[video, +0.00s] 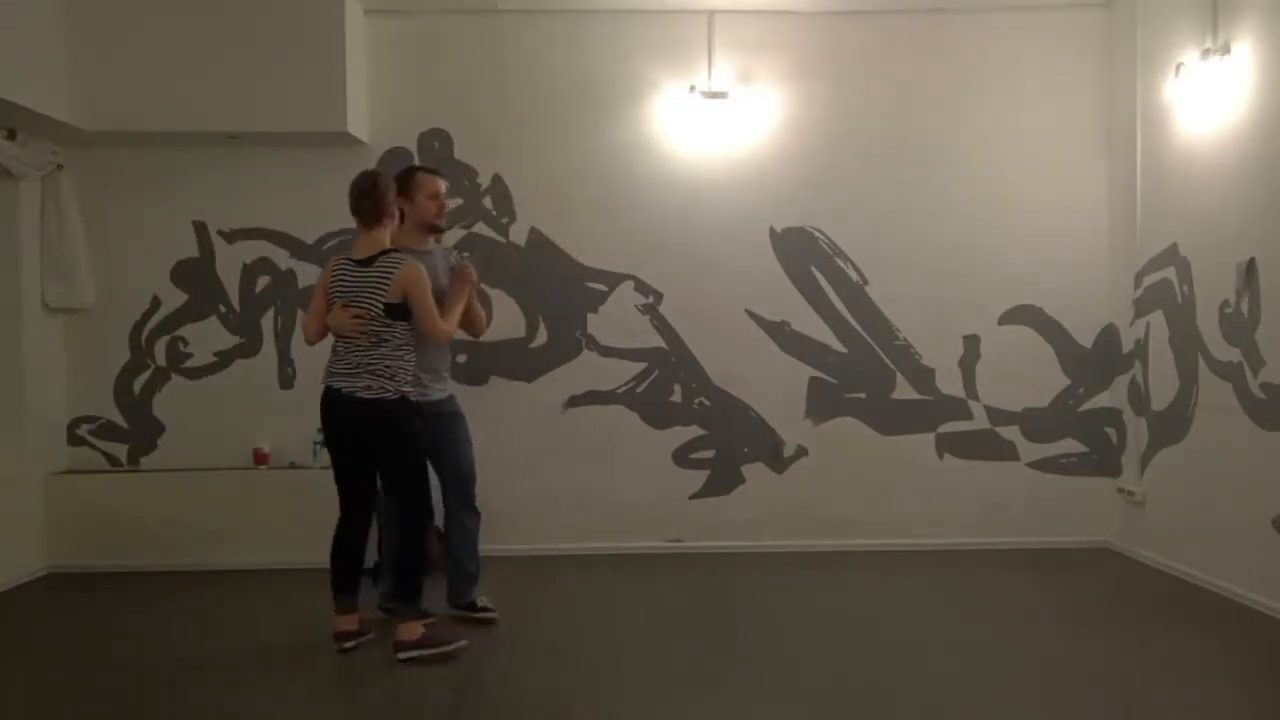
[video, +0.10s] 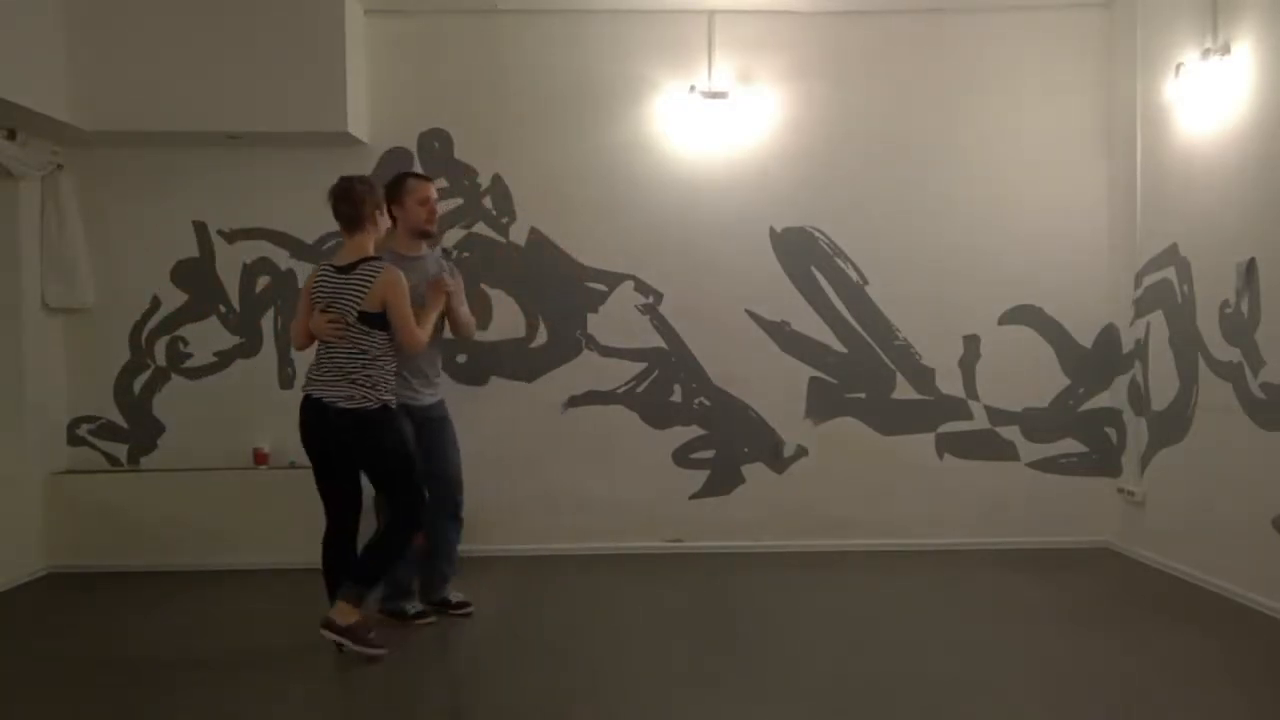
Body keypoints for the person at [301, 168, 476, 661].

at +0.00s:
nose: (404, 209)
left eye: (400, 201)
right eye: (402, 202)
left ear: (353, 213)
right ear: (393, 209)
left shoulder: (336, 267)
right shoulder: (408, 270)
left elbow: (313, 332)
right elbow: (439, 332)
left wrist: (339, 307)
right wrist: (461, 294)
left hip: (340, 403)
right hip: (391, 404)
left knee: (354, 508)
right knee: (412, 508)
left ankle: (345, 617)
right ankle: (409, 625)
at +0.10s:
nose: (391, 219)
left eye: (387, 210)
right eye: (388, 211)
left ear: (339, 220)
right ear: (379, 217)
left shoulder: (319, 275)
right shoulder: (387, 277)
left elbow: (300, 339)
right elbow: (413, 343)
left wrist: (324, 317)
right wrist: (433, 308)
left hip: (319, 411)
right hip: (370, 412)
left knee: (340, 514)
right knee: (408, 509)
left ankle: (344, 622)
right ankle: (347, 608)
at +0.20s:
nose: (376, 218)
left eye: (373, 210)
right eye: (374, 212)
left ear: (325, 216)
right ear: (364, 216)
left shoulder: (306, 273)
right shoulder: (373, 278)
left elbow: (288, 337)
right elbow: (400, 343)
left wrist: (310, 318)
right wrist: (419, 307)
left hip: (306, 410)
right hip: (353, 413)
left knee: (335, 515)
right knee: (367, 514)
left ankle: (345, 622)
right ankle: (294, 603)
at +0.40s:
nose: (358, 220)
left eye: (356, 212)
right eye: (357, 214)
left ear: (310, 220)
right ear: (347, 218)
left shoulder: (291, 277)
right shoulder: (352, 279)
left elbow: (276, 336)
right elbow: (383, 341)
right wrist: (402, 307)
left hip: (286, 408)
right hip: (323, 412)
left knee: (337, 503)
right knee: (293, 523)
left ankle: (333, 606)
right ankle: (250, 629)